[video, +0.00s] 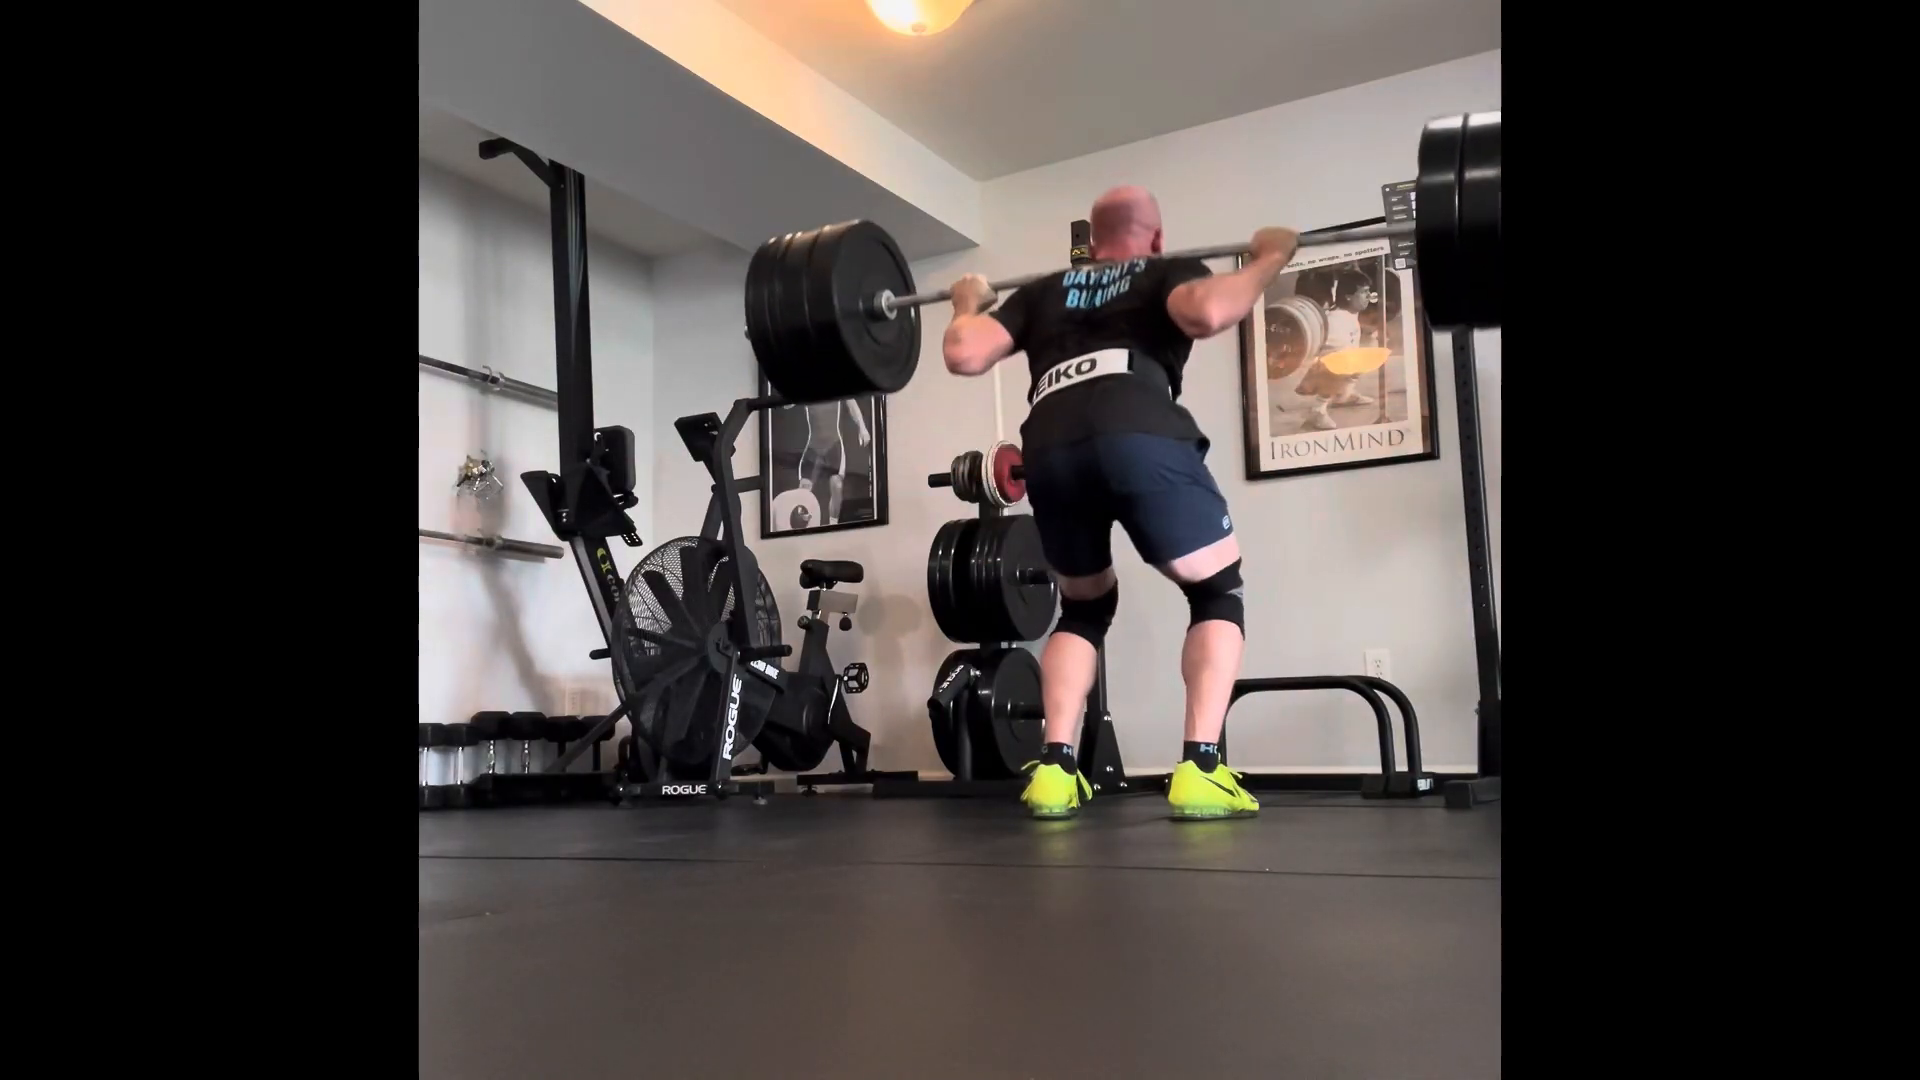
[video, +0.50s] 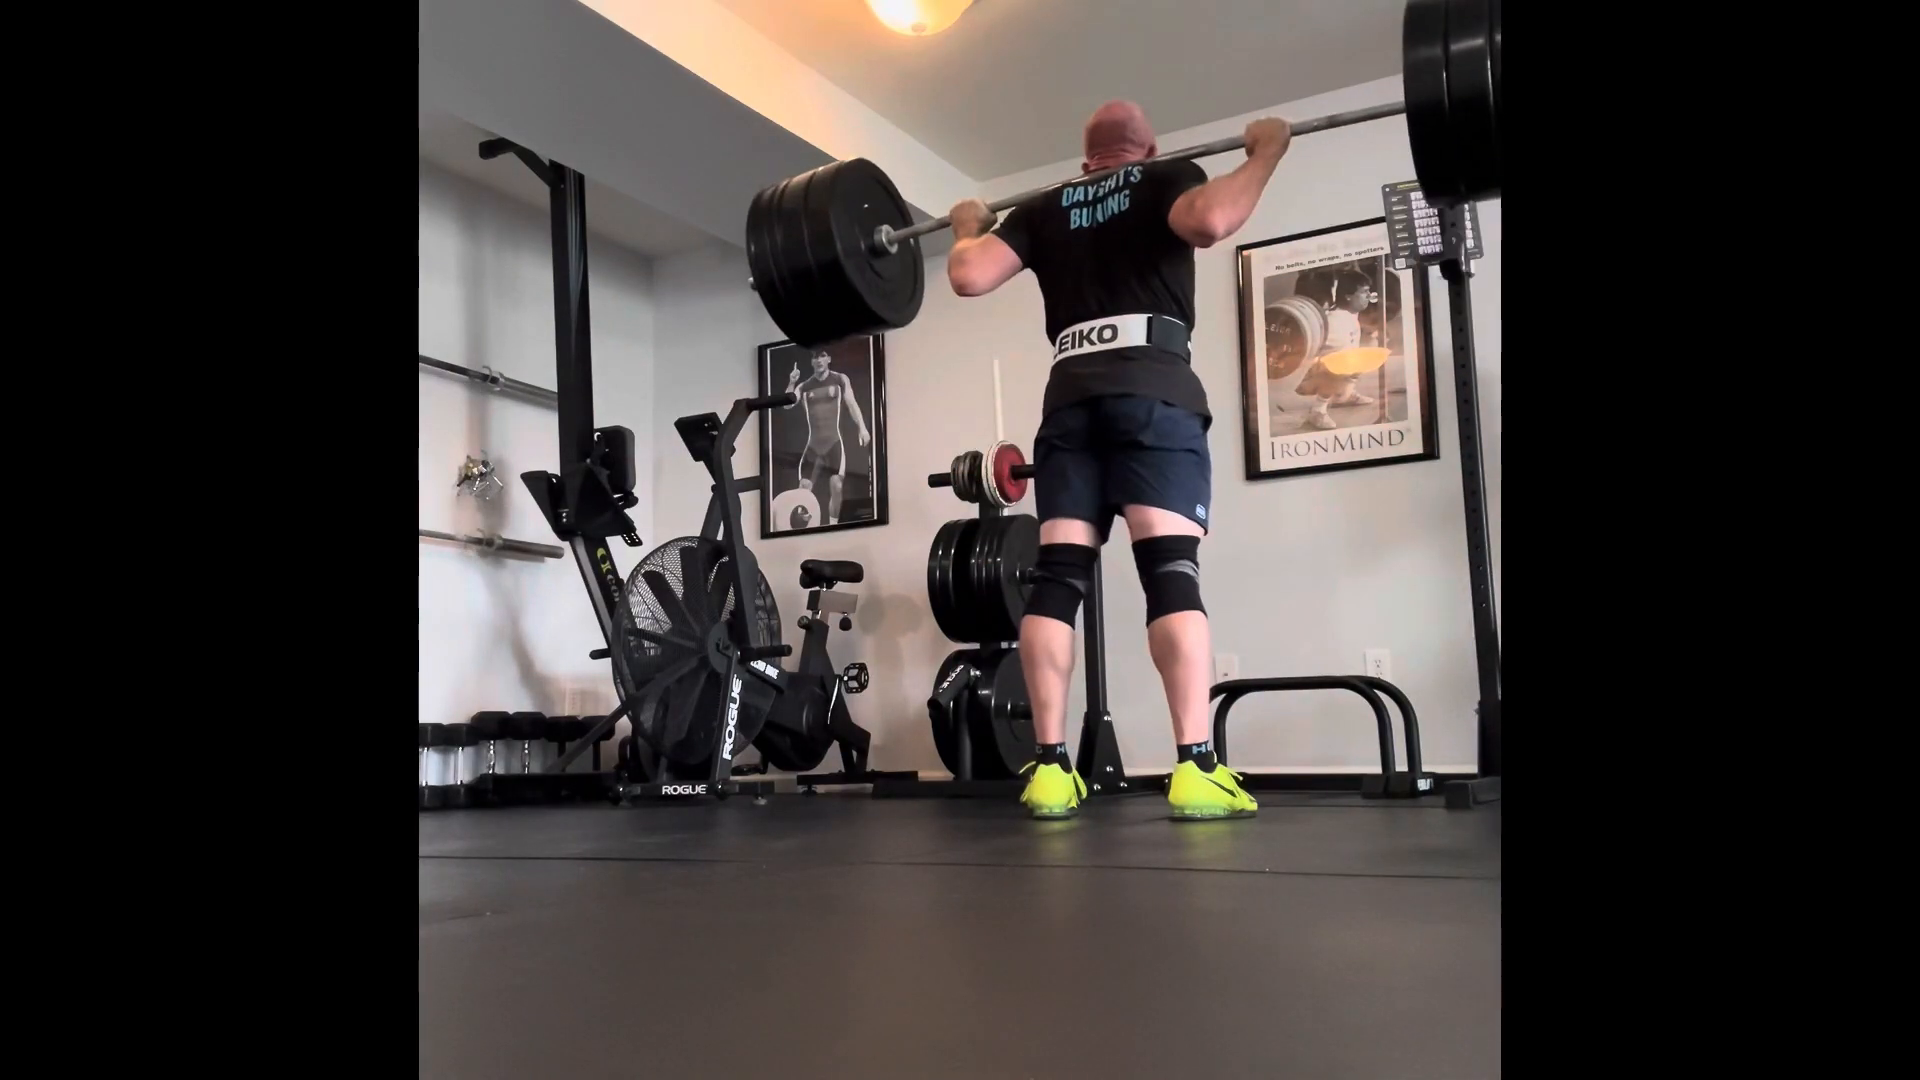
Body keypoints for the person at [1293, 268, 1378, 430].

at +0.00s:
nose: (1369, 297)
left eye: (1368, 292)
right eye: (1364, 293)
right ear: (1348, 296)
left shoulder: (1352, 316)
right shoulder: (1336, 319)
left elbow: (1351, 351)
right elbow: (1331, 358)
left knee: (1359, 362)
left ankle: (1345, 394)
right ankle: (1318, 410)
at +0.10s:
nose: (1368, 297)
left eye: (1368, 292)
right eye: (1364, 293)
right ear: (1348, 296)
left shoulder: (1353, 316)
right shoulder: (1337, 319)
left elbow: (1352, 352)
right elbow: (1331, 359)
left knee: (1359, 362)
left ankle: (1345, 393)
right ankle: (1318, 410)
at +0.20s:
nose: (1369, 297)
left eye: (1368, 292)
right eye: (1364, 293)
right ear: (1348, 296)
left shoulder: (1353, 317)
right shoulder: (1337, 318)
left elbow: (1352, 350)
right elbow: (1331, 354)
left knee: (1359, 363)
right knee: (1336, 371)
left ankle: (1344, 394)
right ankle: (1318, 410)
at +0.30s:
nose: (1369, 297)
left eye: (1368, 292)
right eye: (1364, 293)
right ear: (1348, 296)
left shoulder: (1353, 316)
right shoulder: (1336, 319)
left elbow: (1351, 351)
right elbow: (1331, 355)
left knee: (1359, 362)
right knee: (1338, 368)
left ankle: (1345, 394)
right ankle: (1318, 410)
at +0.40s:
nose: (1369, 297)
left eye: (1368, 292)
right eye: (1364, 293)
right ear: (1348, 296)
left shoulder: (1353, 316)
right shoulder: (1336, 319)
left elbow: (1351, 351)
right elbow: (1331, 355)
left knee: (1359, 362)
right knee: (1338, 368)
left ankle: (1345, 394)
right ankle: (1318, 410)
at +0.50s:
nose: (1369, 296)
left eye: (1368, 292)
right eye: (1364, 292)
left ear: (1349, 297)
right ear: (1348, 296)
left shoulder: (1353, 317)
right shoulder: (1336, 319)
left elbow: (1352, 351)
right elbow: (1330, 358)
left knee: (1358, 362)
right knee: (1337, 368)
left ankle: (1345, 394)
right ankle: (1318, 410)